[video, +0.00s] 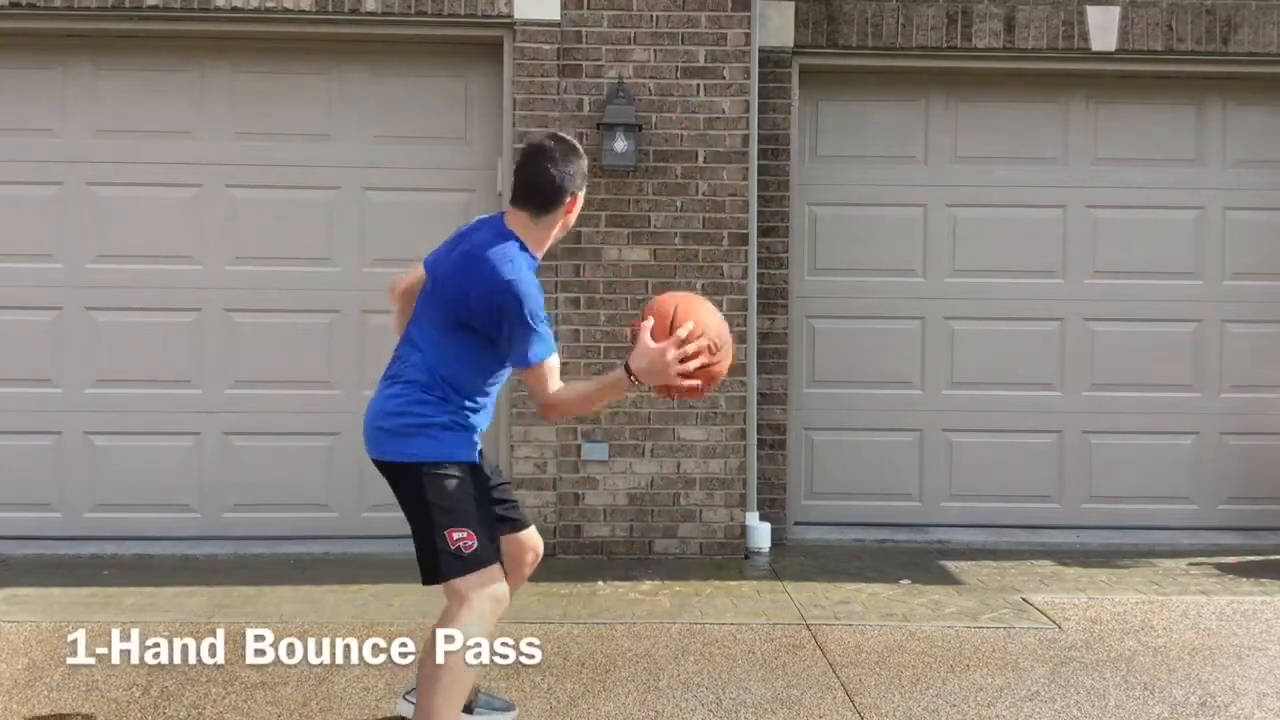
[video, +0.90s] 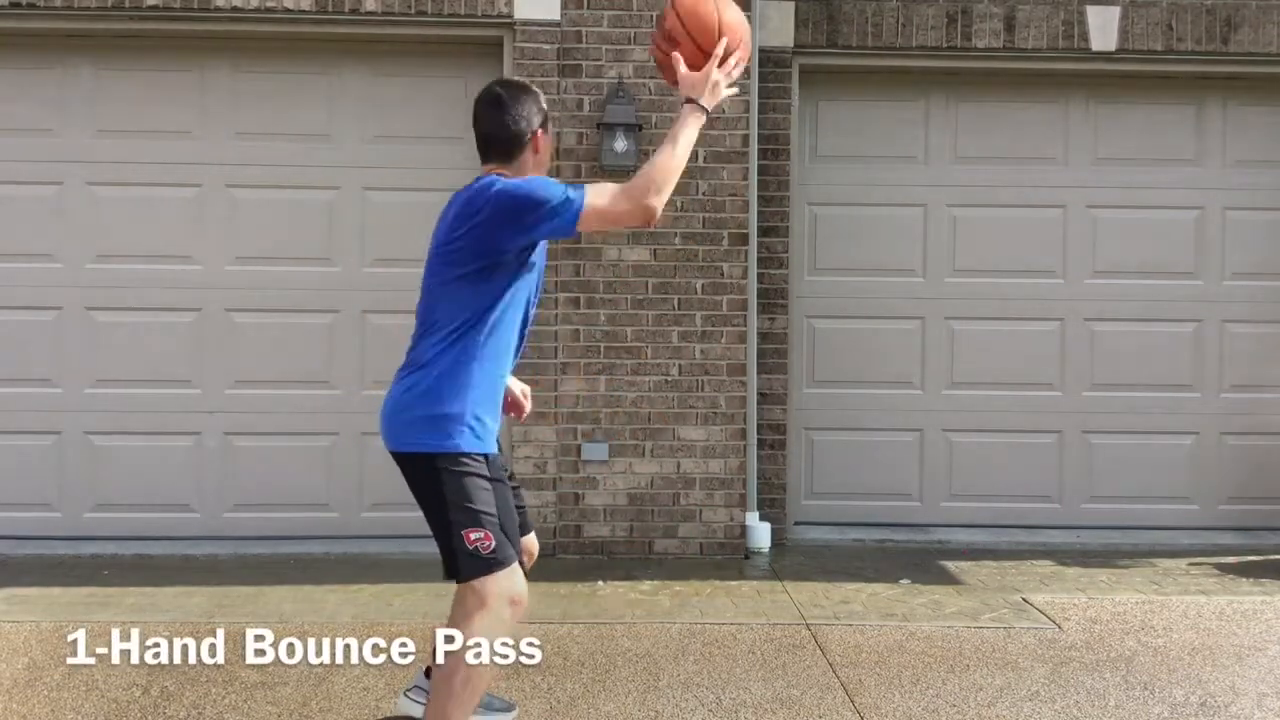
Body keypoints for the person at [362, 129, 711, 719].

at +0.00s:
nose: (581, 209)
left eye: (583, 197)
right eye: (582, 198)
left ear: (516, 187)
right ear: (570, 206)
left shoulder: (482, 233)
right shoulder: (515, 275)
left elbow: (405, 288)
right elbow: (551, 403)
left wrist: (421, 361)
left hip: (439, 430)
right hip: (422, 436)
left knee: (520, 552)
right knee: (480, 594)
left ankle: (431, 688)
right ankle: (433, 711)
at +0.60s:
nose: (564, 182)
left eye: (562, 172)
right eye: (563, 173)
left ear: (496, 174)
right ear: (556, 182)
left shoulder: (461, 231)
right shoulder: (524, 253)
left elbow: (405, 329)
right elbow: (582, 367)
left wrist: (471, 390)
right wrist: (622, 317)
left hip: (432, 430)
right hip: (441, 440)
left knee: (525, 554)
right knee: (507, 606)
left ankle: (437, 686)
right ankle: (453, 711)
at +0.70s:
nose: (552, 159)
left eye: (547, 150)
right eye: (552, 150)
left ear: (485, 158)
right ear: (543, 160)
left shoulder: (459, 220)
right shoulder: (521, 231)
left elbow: (408, 321)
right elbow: (626, 297)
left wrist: (483, 395)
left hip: (447, 428)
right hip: (444, 436)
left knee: (521, 555)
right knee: (510, 606)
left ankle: (437, 686)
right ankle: (450, 712)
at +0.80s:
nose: (549, 147)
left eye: (547, 138)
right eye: (547, 138)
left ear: (480, 148)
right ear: (536, 146)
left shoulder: (463, 209)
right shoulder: (518, 207)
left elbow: (423, 316)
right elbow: (645, 223)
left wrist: (491, 383)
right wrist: (676, 139)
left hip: (450, 423)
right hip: (444, 432)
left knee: (518, 553)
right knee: (498, 602)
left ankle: (434, 687)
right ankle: (449, 713)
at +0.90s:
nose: (552, 141)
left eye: (547, 129)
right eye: (549, 129)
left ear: (484, 139)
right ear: (538, 137)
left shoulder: (481, 201)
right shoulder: (507, 198)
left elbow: (448, 317)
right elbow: (642, 202)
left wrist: (493, 379)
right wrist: (697, 107)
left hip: (464, 420)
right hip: (440, 424)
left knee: (519, 551)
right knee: (498, 599)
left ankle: (439, 683)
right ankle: (446, 710)